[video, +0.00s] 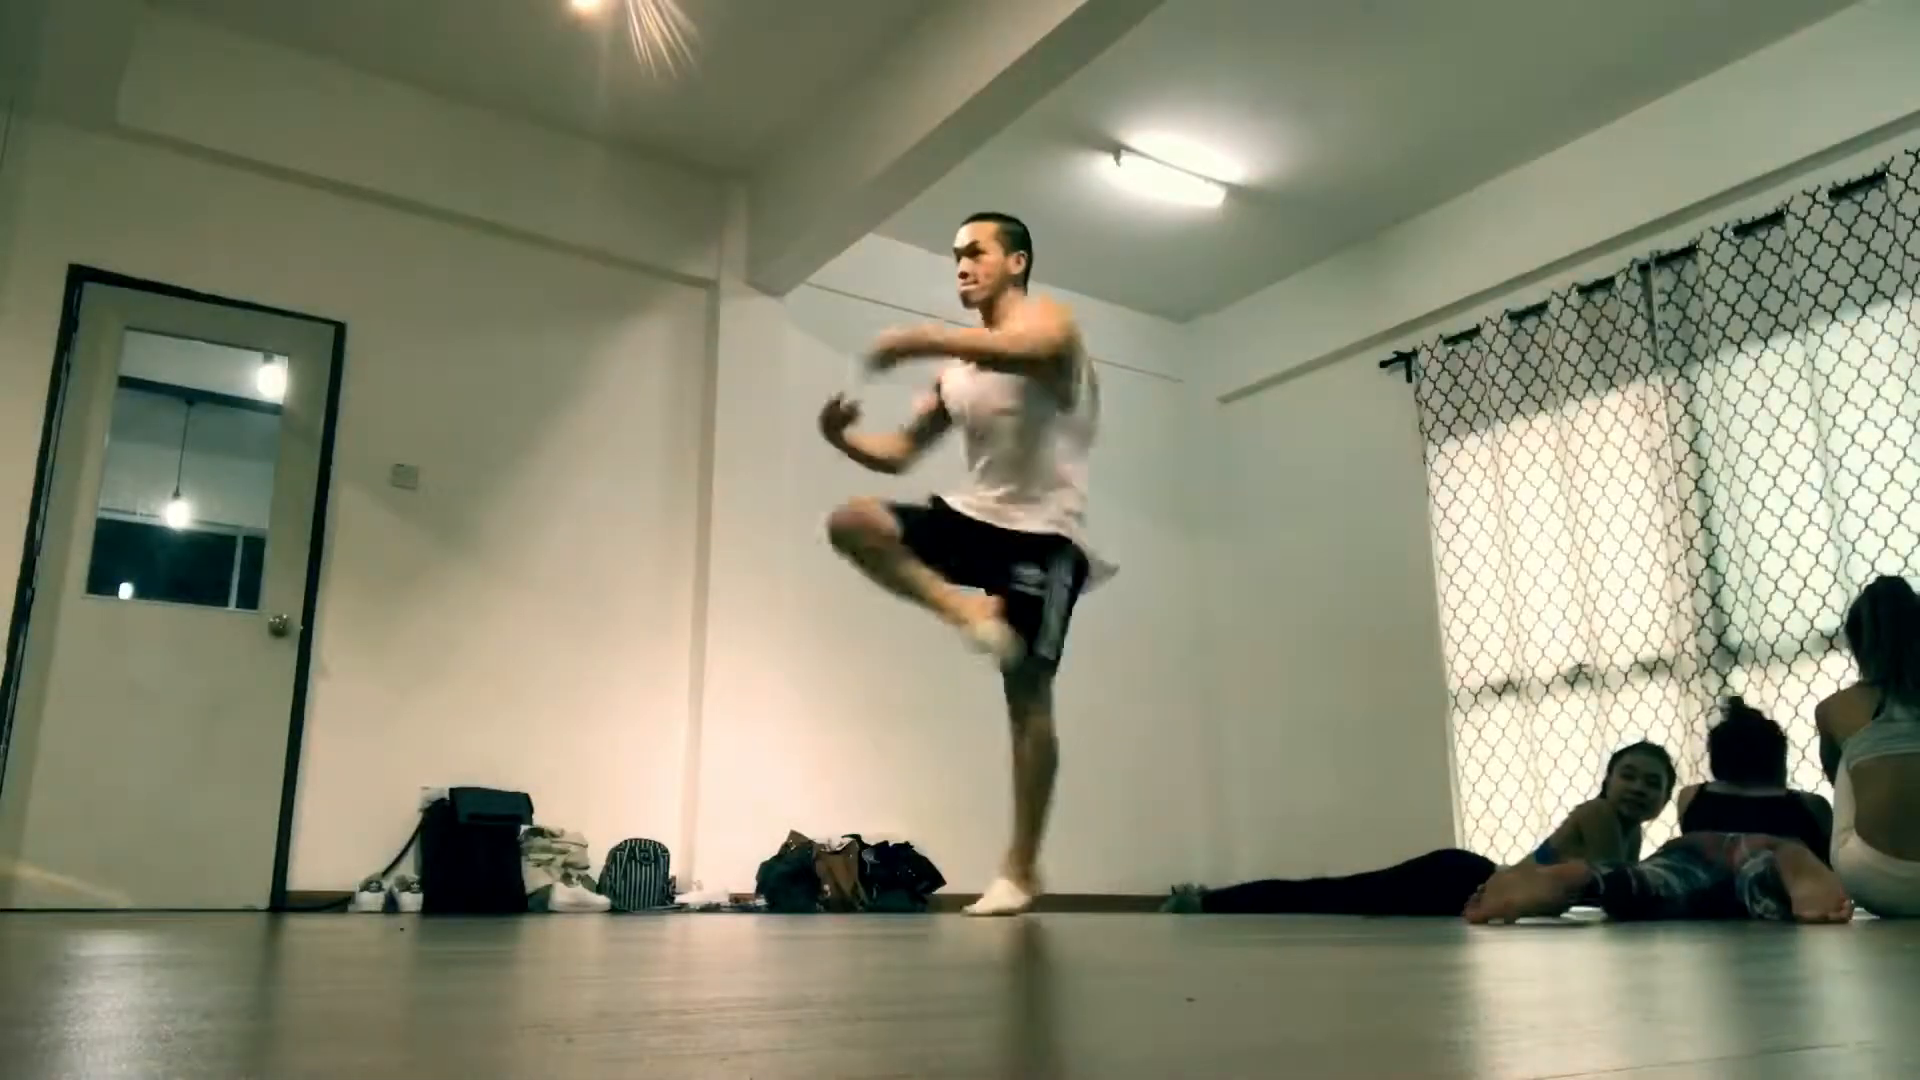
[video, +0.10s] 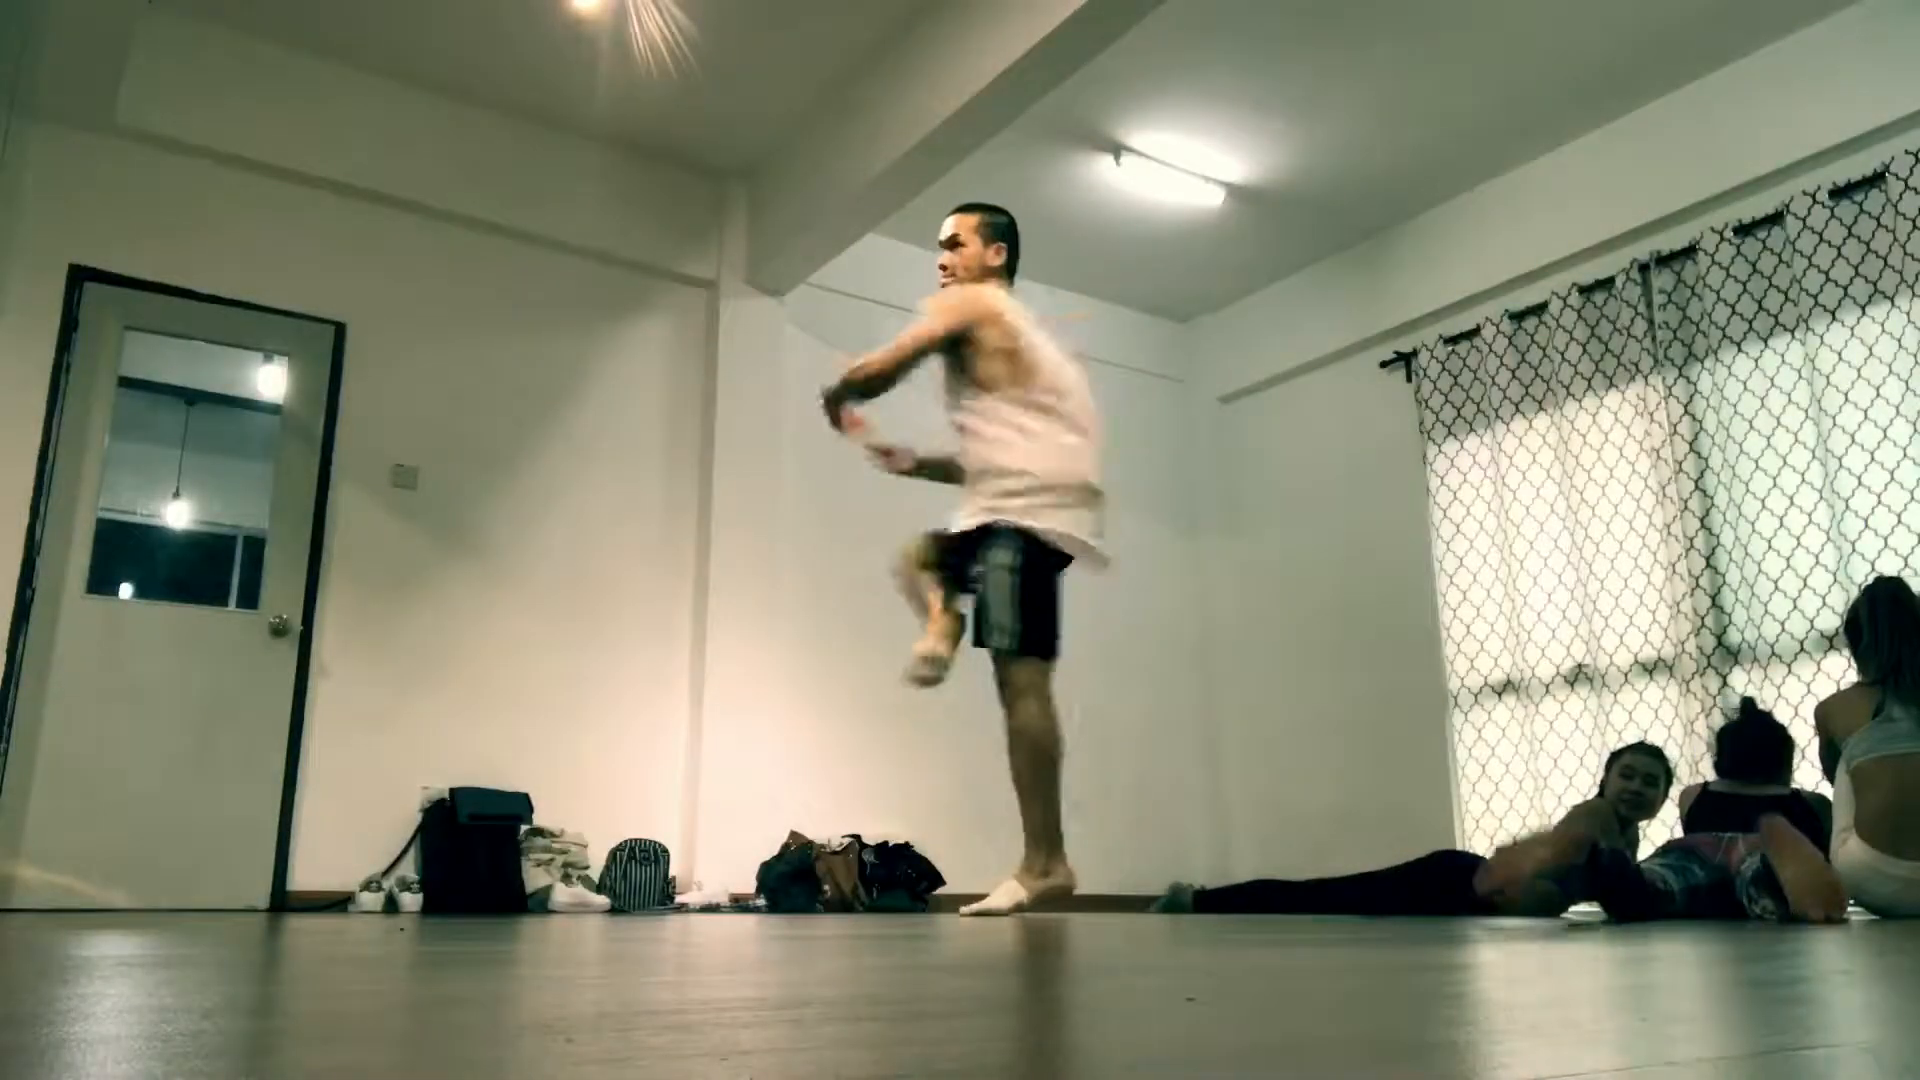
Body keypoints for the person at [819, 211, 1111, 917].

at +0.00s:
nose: (961, 266)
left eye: (976, 253)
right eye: (958, 256)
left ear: (1017, 262)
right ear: (961, 273)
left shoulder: (1051, 318)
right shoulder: (960, 368)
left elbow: (1034, 348)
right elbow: (900, 450)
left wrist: (924, 339)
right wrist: (845, 436)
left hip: (1042, 533)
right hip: (970, 521)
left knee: (1027, 700)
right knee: (849, 523)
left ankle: (1020, 873)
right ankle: (970, 611)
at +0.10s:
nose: (941, 257)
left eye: (955, 245)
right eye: (941, 246)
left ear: (996, 255)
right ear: (991, 263)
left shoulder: (973, 301)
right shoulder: (1014, 331)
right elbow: (1001, 458)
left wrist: (838, 396)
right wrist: (915, 462)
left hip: (1022, 505)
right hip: (1032, 506)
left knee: (1025, 691)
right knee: (920, 555)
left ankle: (1043, 865)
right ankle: (941, 624)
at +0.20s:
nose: (928, 254)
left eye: (935, 243)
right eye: (933, 241)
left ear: (951, 251)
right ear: (998, 259)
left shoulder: (911, 322)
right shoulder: (1041, 333)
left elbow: (865, 417)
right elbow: (1100, 424)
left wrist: (921, 444)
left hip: (969, 525)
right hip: (1060, 524)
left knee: (989, 685)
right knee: (1019, 593)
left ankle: (1015, 860)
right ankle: (952, 663)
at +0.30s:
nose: (1004, 249)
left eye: (998, 236)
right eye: (994, 237)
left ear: (938, 260)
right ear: (972, 249)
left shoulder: (903, 350)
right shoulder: (995, 313)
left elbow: (957, 445)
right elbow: (1115, 364)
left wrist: (1044, 421)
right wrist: (1123, 388)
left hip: (935, 532)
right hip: (1007, 496)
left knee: (956, 682)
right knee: (1131, 523)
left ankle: (968, 854)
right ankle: (1024, 638)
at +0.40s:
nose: (957, 245)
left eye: (970, 234)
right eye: (943, 239)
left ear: (996, 253)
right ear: (933, 262)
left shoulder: (1006, 347)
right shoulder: (938, 311)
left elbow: (1055, 420)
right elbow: (1019, 331)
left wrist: (1119, 389)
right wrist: (1109, 327)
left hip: (960, 512)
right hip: (952, 475)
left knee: (962, 680)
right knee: (1111, 484)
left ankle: (937, 852)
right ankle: (1098, 637)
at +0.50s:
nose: (943, 279)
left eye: (956, 265)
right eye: (937, 270)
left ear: (997, 273)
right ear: (937, 286)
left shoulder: (1043, 355)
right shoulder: (926, 337)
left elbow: (1112, 414)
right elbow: (900, 381)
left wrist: (1165, 413)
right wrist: (918, 367)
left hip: (1002, 519)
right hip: (926, 514)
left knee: (982, 698)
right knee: (1021, 483)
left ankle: (953, 872)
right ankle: (1162, 602)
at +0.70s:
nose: (944, 306)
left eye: (957, 292)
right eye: (942, 296)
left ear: (1004, 296)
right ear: (960, 311)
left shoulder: (1057, 360)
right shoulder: (943, 398)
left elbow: (1148, 340)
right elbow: (860, 451)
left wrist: (1234, 330)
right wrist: (774, 466)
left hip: (1022, 582)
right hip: (958, 543)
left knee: (981, 727)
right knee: (884, 490)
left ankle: (960, 884)